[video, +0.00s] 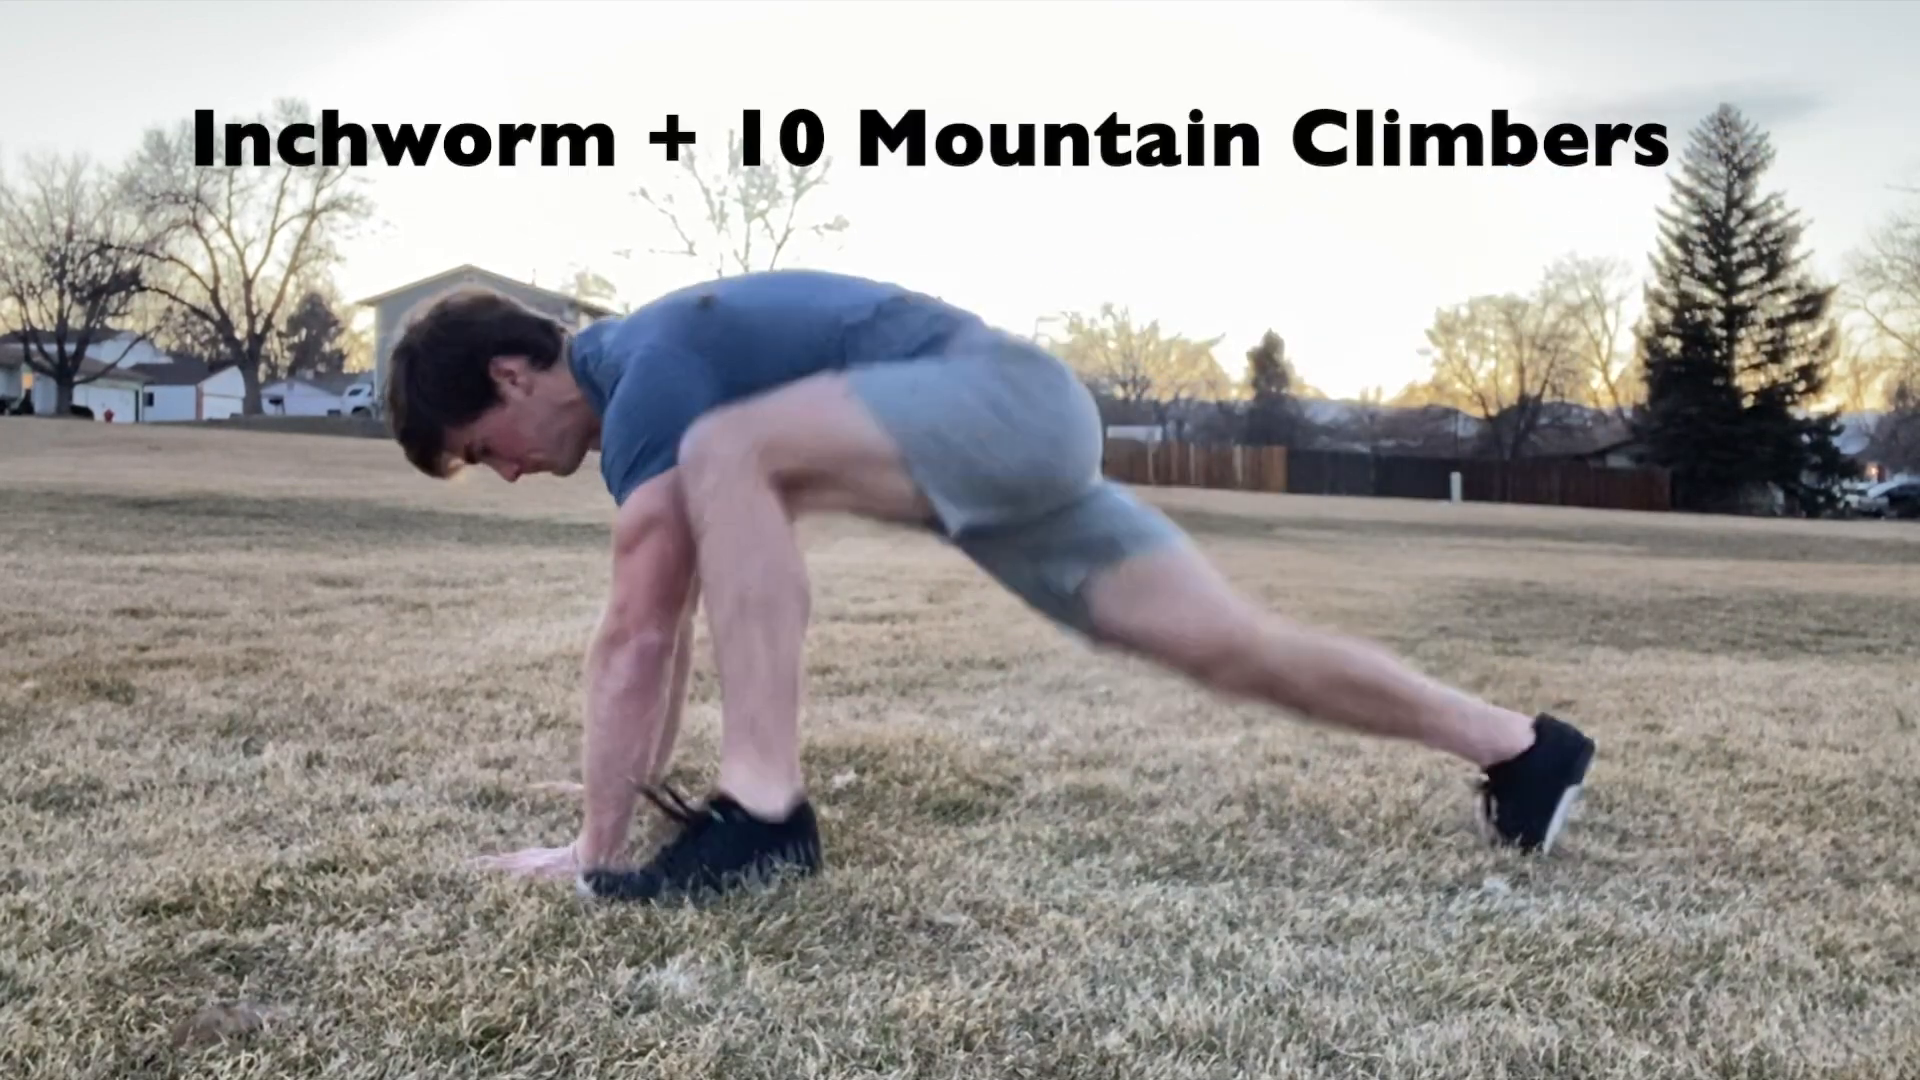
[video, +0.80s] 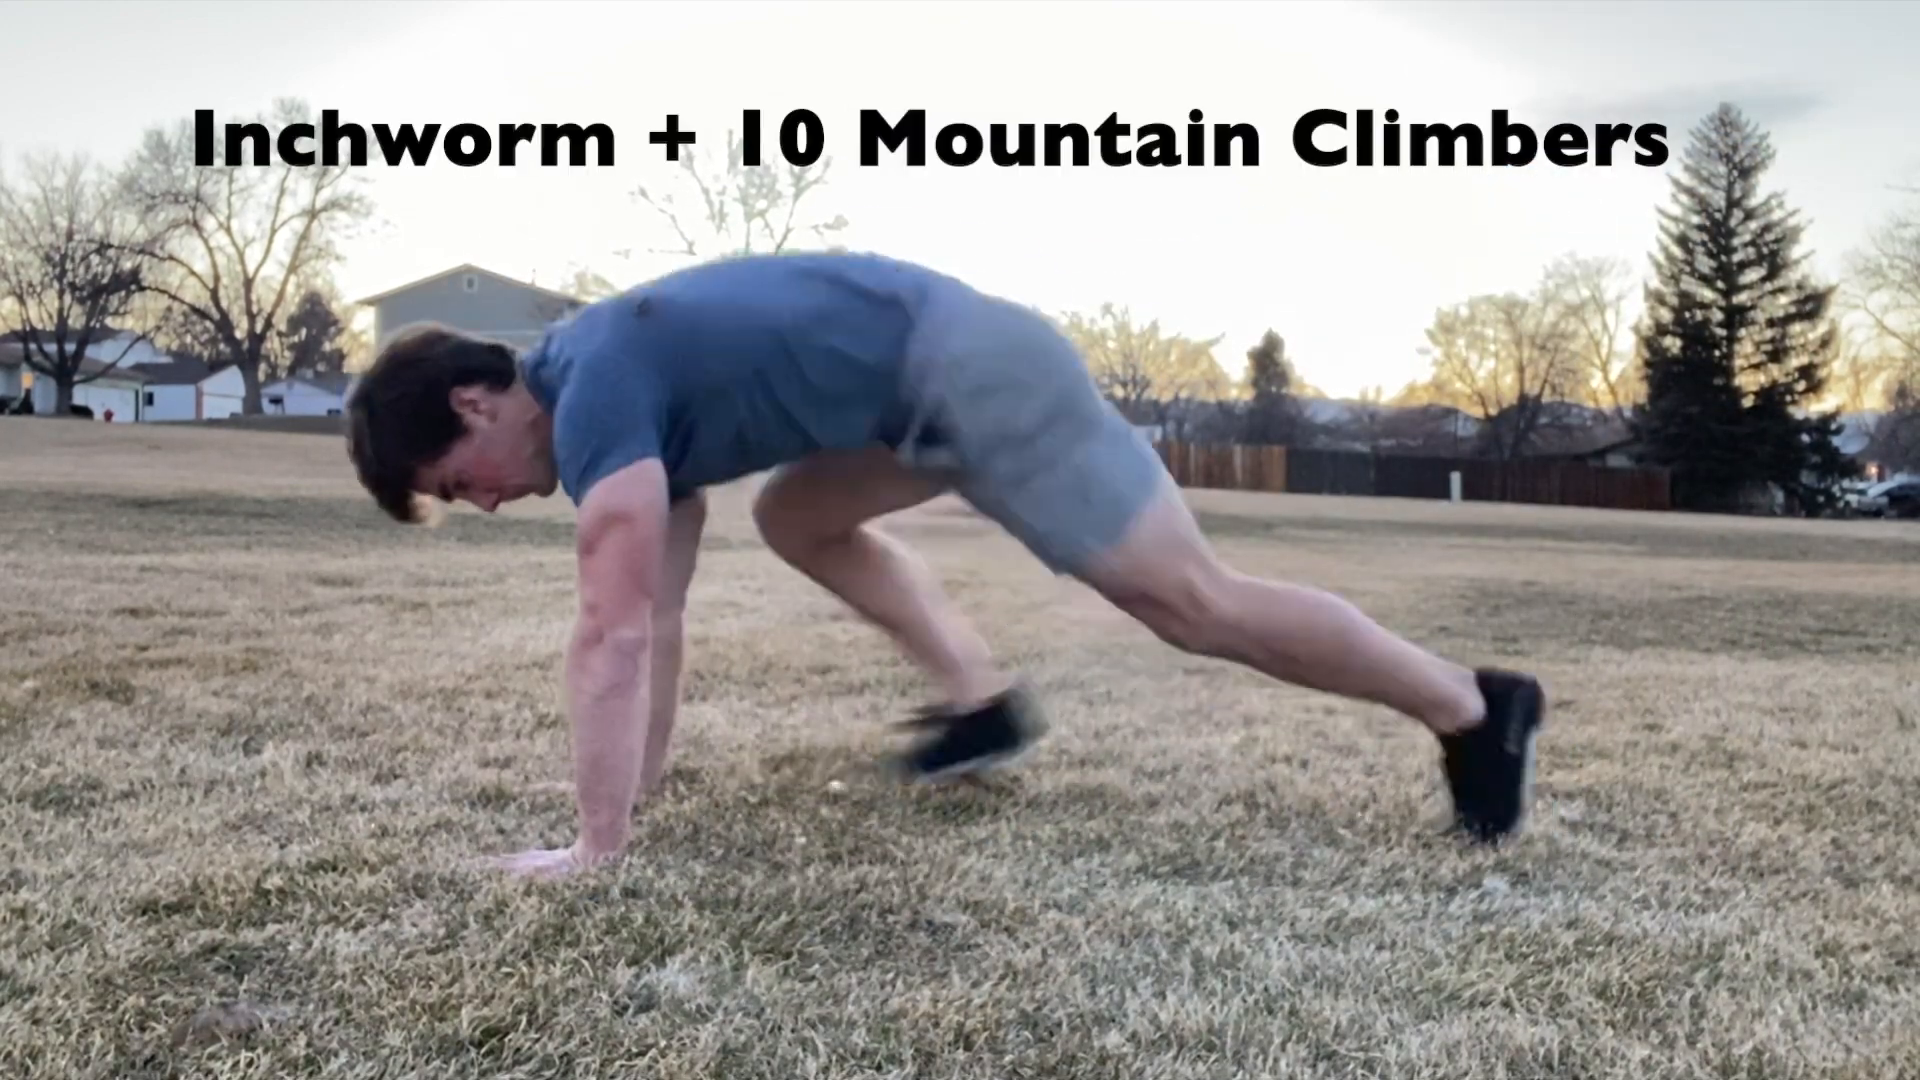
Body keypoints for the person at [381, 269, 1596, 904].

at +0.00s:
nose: (506, 472)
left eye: (485, 448)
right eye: (482, 464)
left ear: (516, 376)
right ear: (523, 372)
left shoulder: (651, 372)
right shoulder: (651, 386)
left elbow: (630, 622)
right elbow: (679, 615)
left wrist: (594, 845)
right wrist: (653, 783)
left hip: (1003, 389)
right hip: (1006, 448)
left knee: (726, 458)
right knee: (1226, 642)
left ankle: (761, 819)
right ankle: (1521, 747)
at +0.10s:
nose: (508, 480)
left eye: (487, 456)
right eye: (482, 474)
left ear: (516, 382)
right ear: (520, 385)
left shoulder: (659, 374)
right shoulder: (652, 405)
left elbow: (635, 622)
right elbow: (669, 630)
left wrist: (596, 844)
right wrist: (606, 826)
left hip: (1004, 409)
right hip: (1010, 496)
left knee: (726, 447)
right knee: (1216, 675)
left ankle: (763, 808)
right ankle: (1529, 751)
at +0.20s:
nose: (478, 502)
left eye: (456, 480)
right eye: (454, 494)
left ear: (481, 406)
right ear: (487, 410)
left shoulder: (627, 363)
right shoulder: (617, 399)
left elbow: (629, 630)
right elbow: (637, 638)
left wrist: (598, 844)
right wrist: (620, 826)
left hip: (981, 341)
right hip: (993, 385)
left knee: (769, 495)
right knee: (1180, 609)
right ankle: (1465, 727)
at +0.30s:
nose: (464, 503)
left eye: (443, 480)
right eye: (440, 495)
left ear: (464, 404)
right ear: (469, 402)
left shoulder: (594, 371)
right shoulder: (602, 376)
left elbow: (618, 620)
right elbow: (646, 600)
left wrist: (596, 842)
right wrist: (641, 780)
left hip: (947, 299)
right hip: (975, 302)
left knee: (918, 612)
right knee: (1028, 603)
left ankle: (1230, 675)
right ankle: (1306, 674)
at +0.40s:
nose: (465, 491)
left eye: (444, 469)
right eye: (442, 485)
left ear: (469, 397)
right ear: (473, 400)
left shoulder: (592, 369)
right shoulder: (619, 379)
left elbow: (614, 622)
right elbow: (654, 607)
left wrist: (595, 847)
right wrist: (643, 772)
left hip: (964, 340)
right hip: (917, 366)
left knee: (1109, 664)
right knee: (855, 551)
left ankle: (1419, 617)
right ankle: (1082, 679)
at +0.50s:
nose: (473, 473)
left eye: (452, 450)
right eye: (451, 465)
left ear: (476, 379)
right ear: (488, 376)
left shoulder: (602, 377)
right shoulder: (618, 371)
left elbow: (634, 621)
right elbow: (643, 629)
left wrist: (602, 839)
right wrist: (623, 819)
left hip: (966, 449)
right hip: (911, 445)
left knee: (1216, 663)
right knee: (753, 492)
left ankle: (1515, 733)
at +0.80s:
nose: (476, 502)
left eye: (455, 480)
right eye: (453, 495)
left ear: (479, 404)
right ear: (483, 410)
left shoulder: (601, 376)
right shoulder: (610, 383)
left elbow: (619, 624)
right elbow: (647, 622)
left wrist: (598, 841)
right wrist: (640, 784)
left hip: (974, 363)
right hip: (922, 400)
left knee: (1193, 603)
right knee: (794, 510)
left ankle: (1477, 709)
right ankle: (979, 701)